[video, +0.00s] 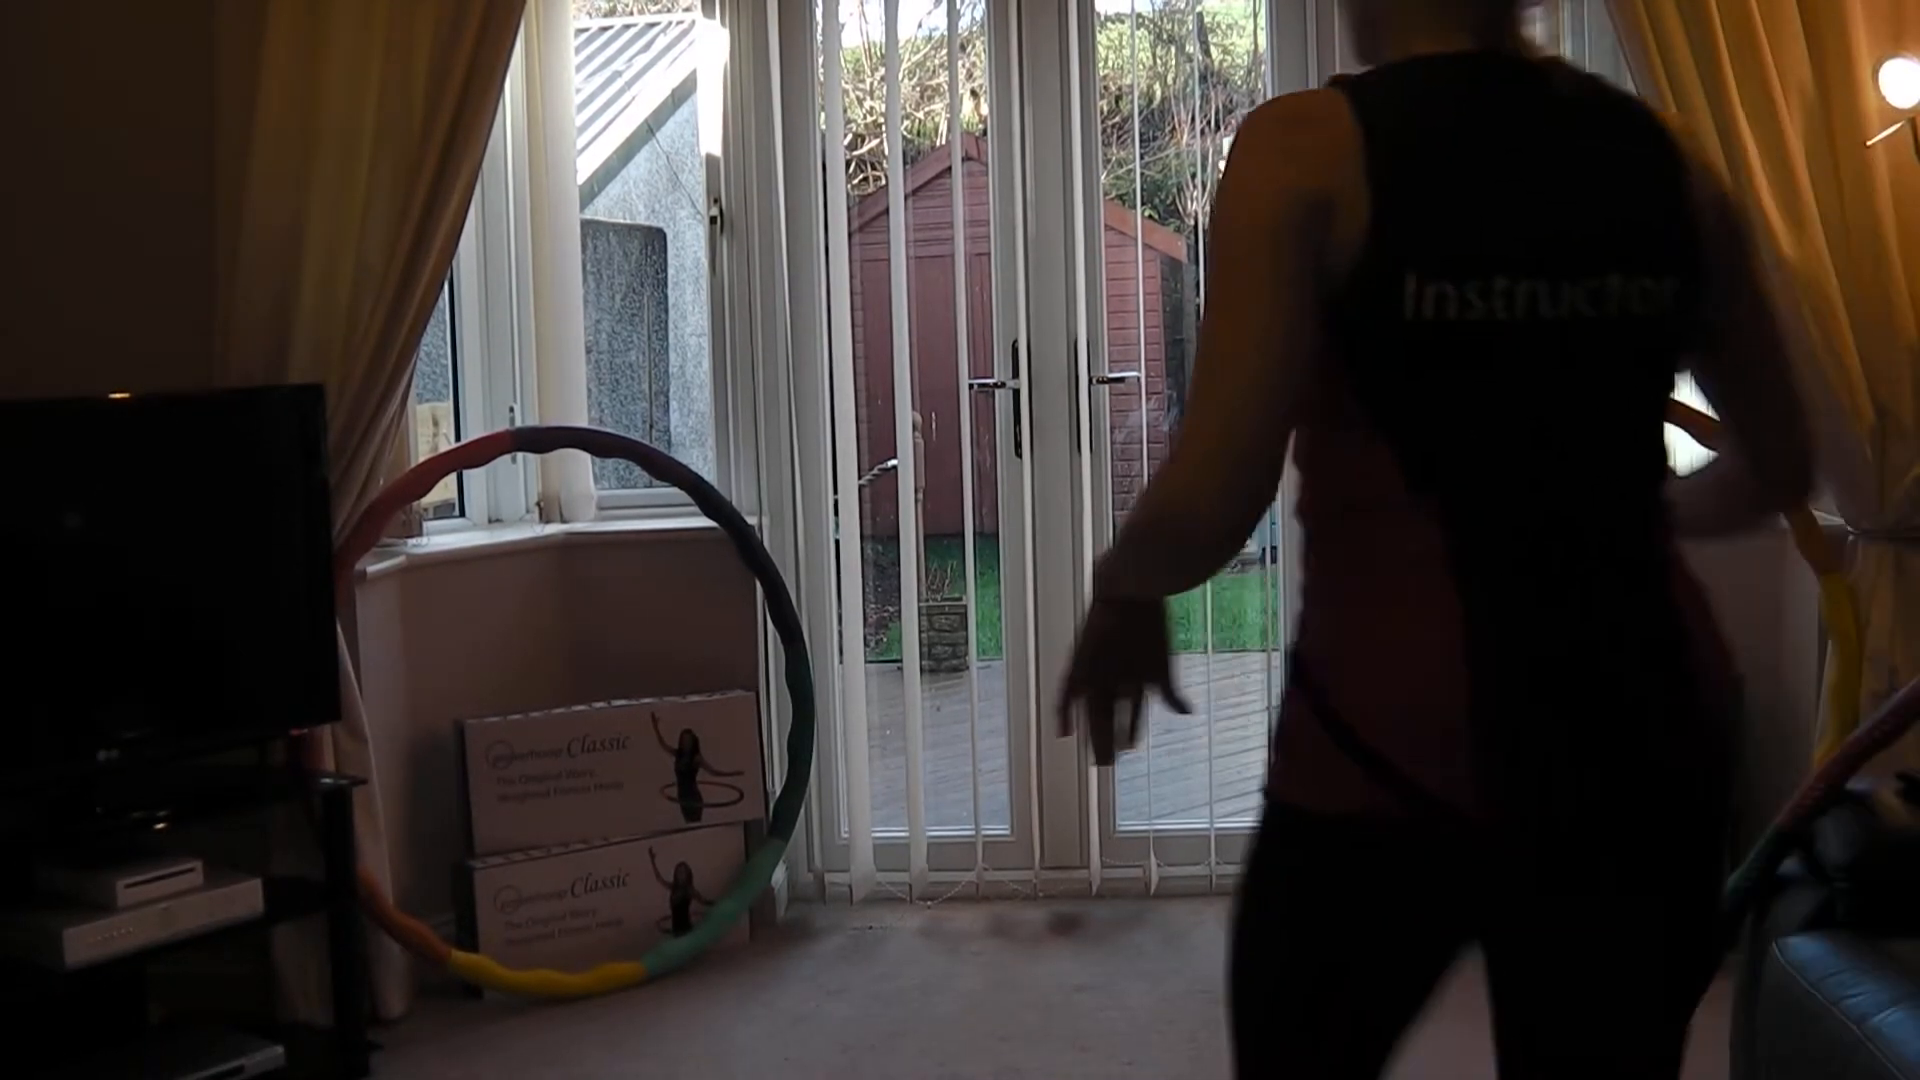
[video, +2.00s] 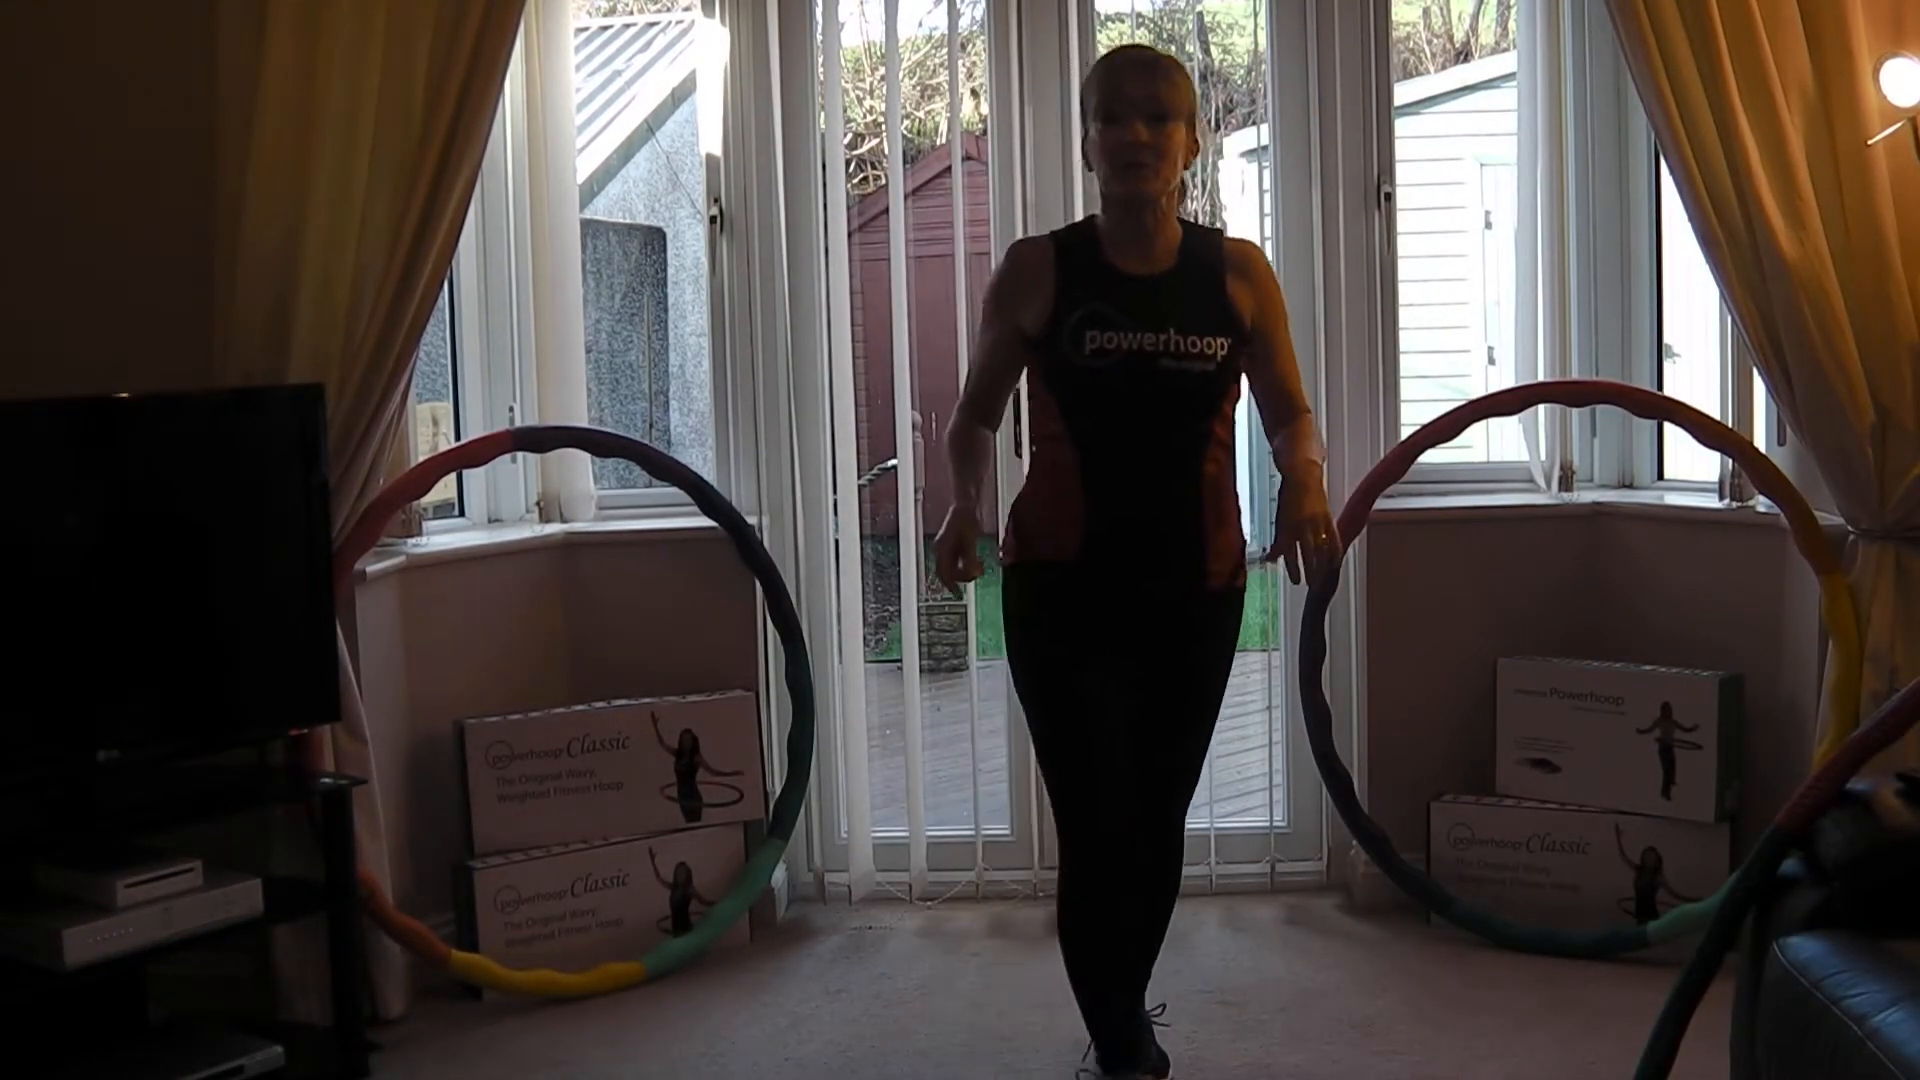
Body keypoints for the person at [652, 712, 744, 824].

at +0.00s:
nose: (684, 742)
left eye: (688, 739)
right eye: (683, 739)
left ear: (693, 742)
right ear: (680, 741)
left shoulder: (696, 758)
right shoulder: (678, 754)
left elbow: (713, 772)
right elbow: (662, 744)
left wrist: (733, 774)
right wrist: (655, 726)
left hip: (693, 794)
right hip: (682, 794)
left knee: (696, 827)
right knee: (690, 827)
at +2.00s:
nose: (685, 742)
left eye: (688, 739)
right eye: (683, 739)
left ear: (693, 741)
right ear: (680, 741)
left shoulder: (696, 757)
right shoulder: (678, 754)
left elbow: (712, 772)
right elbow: (662, 744)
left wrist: (732, 774)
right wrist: (655, 725)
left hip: (693, 794)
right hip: (682, 795)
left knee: (695, 828)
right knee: (690, 828)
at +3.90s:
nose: (685, 742)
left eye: (688, 739)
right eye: (683, 739)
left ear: (694, 742)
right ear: (680, 741)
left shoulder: (696, 757)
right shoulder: (678, 755)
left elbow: (712, 772)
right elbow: (662, 745)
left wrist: (733, 773)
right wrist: (655, 726)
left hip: (692, 795)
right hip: (682, 795)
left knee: (695, 828)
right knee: (690, 828)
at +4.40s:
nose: (686, 742)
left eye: (689, 739)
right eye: (684, 739)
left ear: (694, 741)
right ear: (680, 741)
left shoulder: (696, 757)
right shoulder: (678, 754)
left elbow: (712, 772)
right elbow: (662, 744)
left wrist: (733, 774)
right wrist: (655, 726)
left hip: (693, 795)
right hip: (682, 795)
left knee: (695, 828)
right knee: (690, 828)